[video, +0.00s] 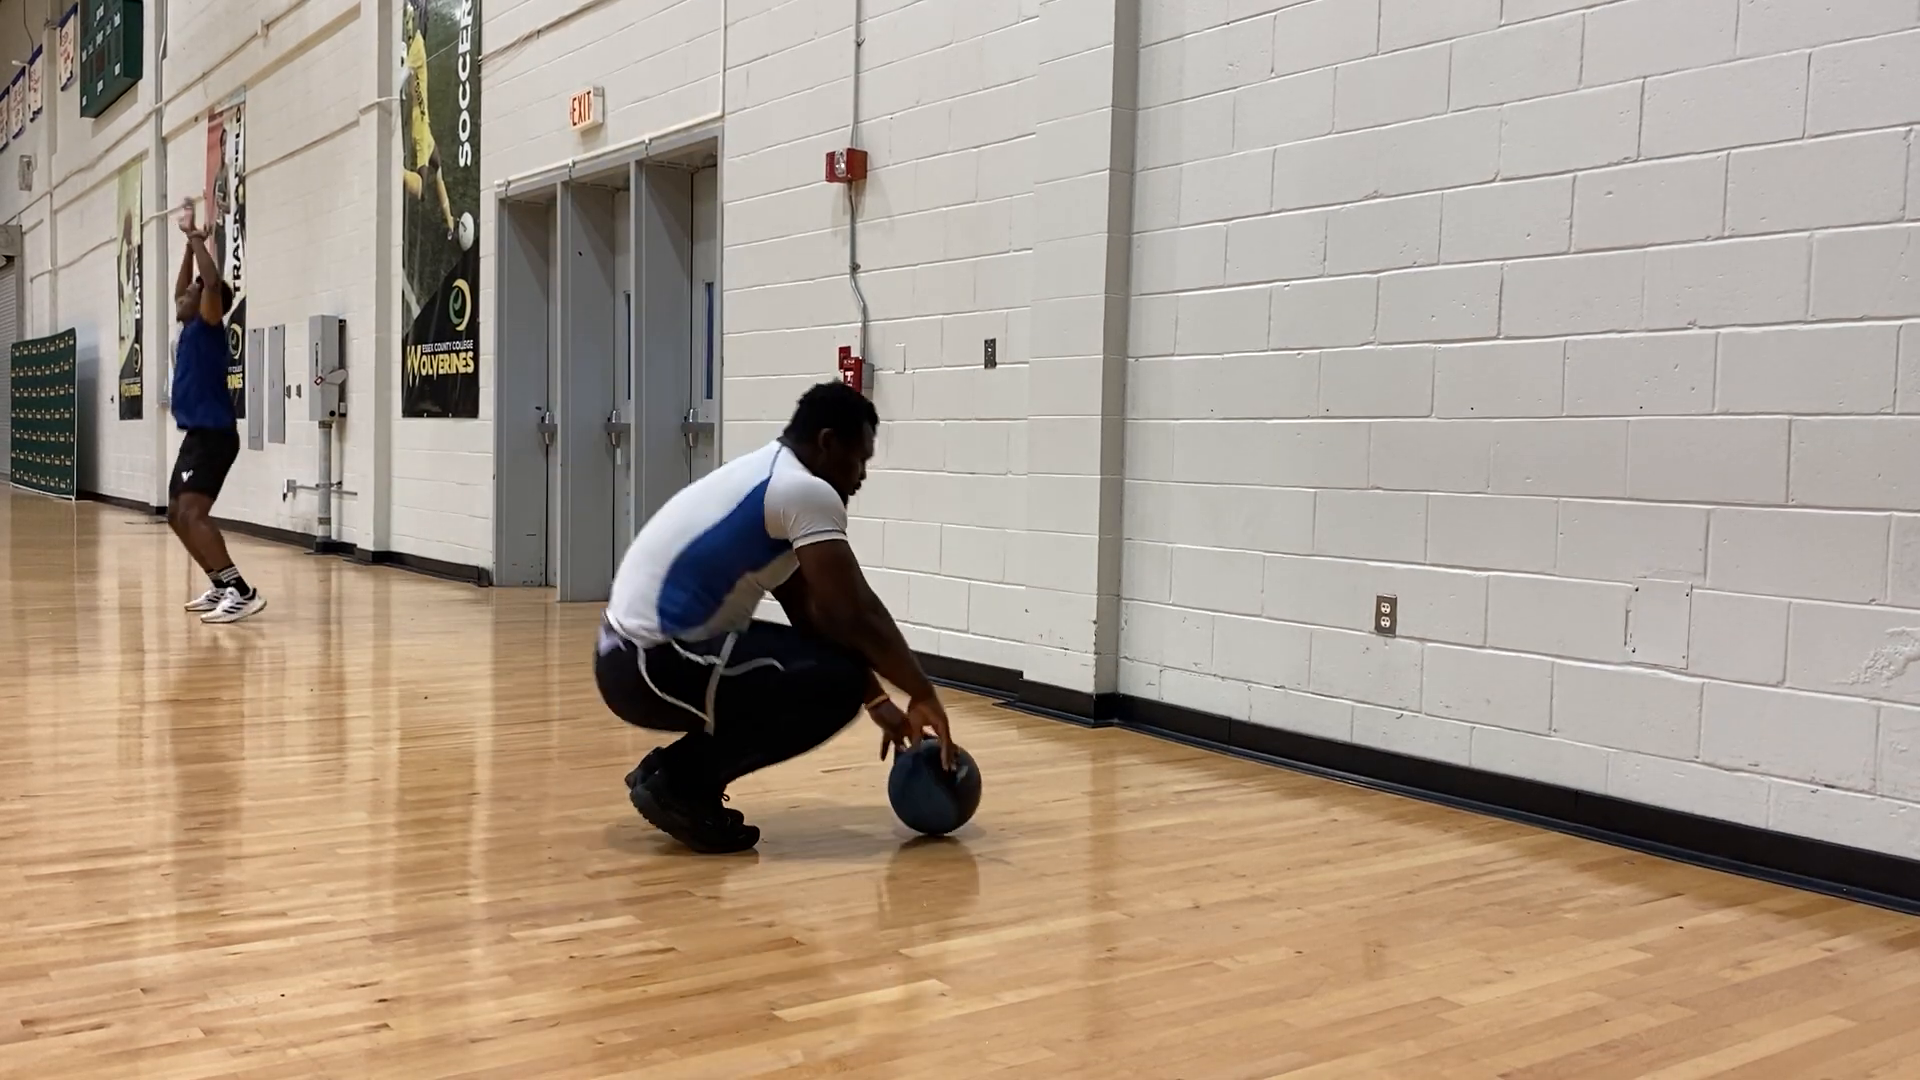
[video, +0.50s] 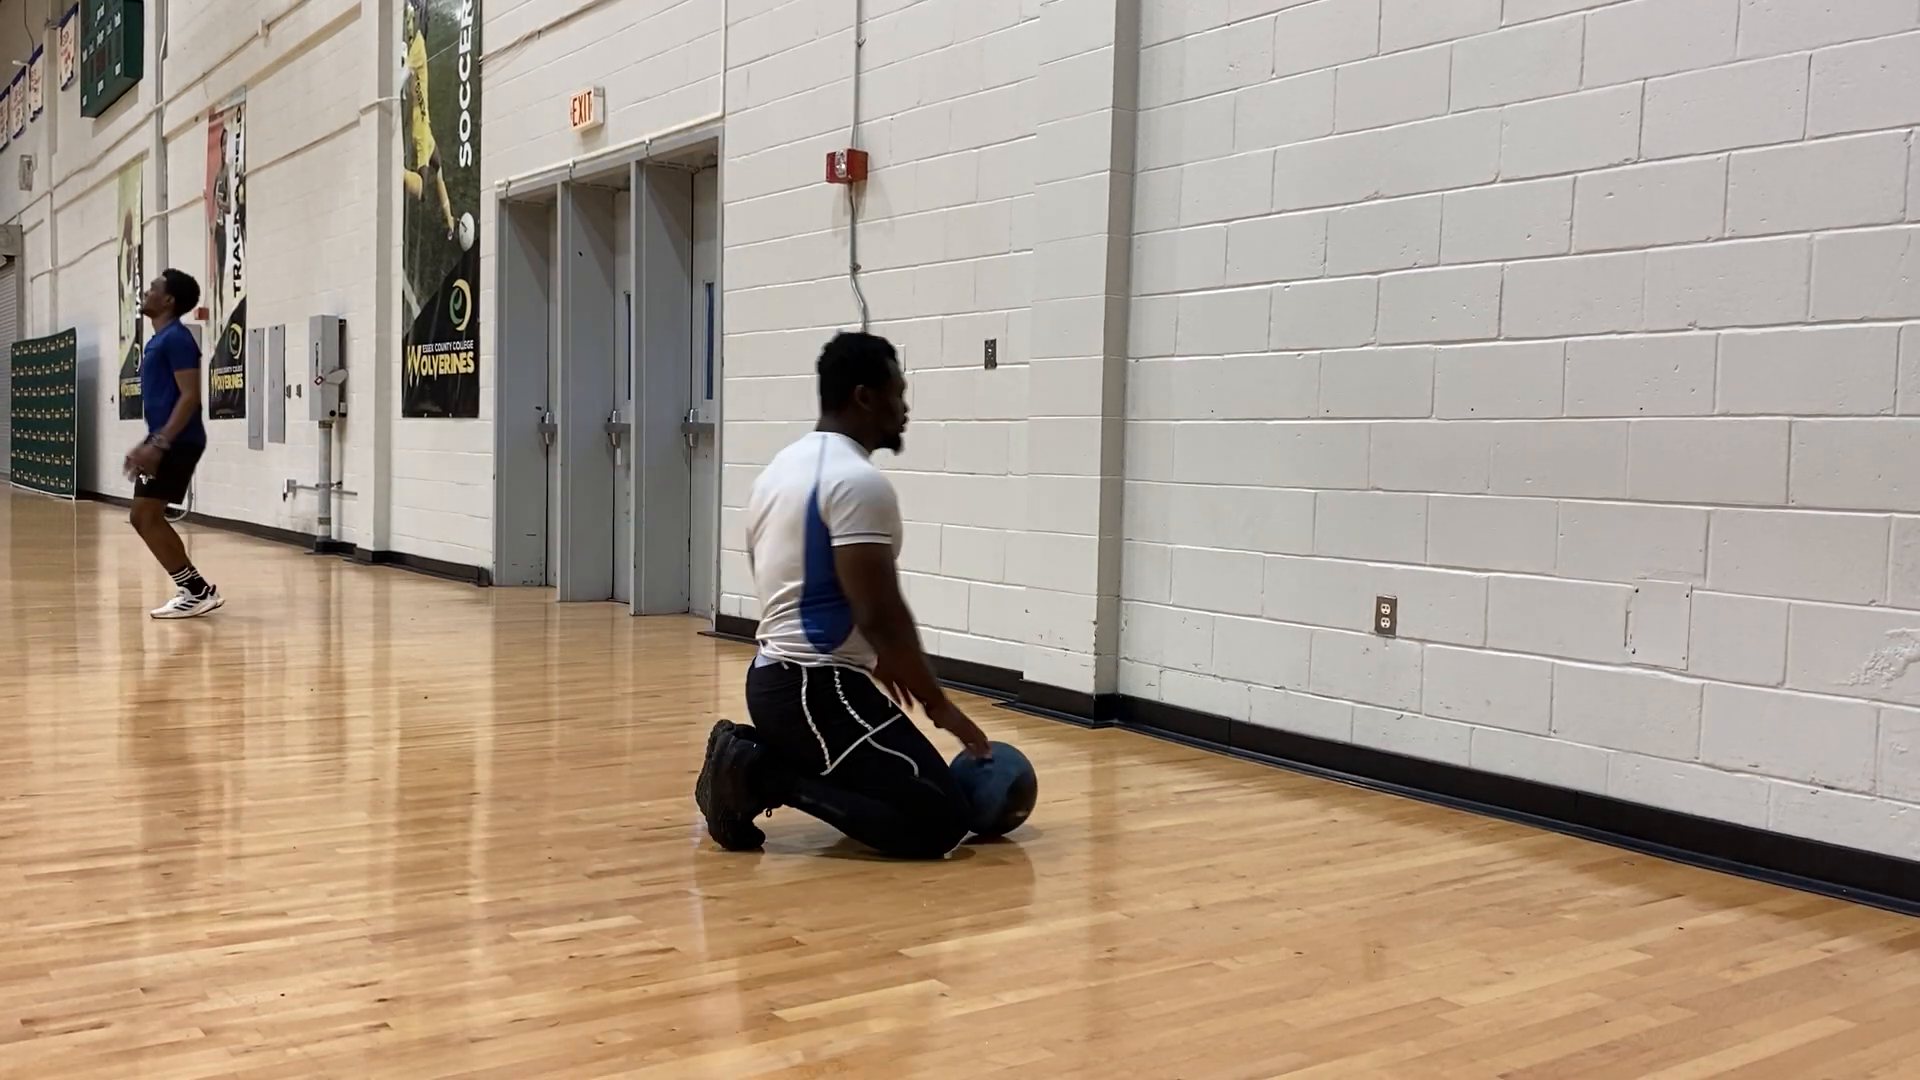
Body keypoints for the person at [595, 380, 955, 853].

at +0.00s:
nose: (863, 475)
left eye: (868, 460)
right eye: (862, 458)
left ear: (816, 440)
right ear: (827, 443)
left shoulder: (765, 474)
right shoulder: (805, 491)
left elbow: (812, 618)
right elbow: (853, 612)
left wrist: (876, 701)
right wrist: (924, 694)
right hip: (656, 664)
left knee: (826, 663)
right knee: (838, 685)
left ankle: (680, 774)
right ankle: (683, 785)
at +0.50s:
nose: (907, 409)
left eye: (904, 394)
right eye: (899, 393)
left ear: (854, 397)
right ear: (864, 398)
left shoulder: (783, 467)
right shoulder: (855, 480)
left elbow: (801, 592)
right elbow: (881, 618)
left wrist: (876, 654)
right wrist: (943, 709)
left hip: (780, 684)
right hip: (819, 690)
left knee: (922, 791)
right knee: (938, 826)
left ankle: (750, 755)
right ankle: (761, 776)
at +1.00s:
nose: (1009, 444)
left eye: (1011, 430)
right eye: (1007, 428)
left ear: (960, 413)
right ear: (979, 415)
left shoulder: (913, 453)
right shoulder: (945, 455)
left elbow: (909, 607)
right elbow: (944, 580)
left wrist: (970, 684)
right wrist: (985, 689)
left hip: (838, 643)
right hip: (856, 647)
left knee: (936, 793)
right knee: (940, 817)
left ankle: (767, 745)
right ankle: (768, 760)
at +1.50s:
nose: (1037, 458)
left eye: (1041, 444)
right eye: (1037, 441)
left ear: (996, 424)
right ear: (1005, 425)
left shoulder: (961, 473)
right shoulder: (949, 460)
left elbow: (956, 593)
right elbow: (931, 589)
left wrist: (990, 691)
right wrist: (983, 697)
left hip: (860, 648)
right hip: (838, 644)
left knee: (930, 786)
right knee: (884, 822)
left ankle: (767, 754)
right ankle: (712, 776)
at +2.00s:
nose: (1009, 448)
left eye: (1005, 435)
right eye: (999, 436)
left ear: (957, 447)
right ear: (962, 447)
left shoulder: (943, 505)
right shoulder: (914, 503)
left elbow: (934, 605)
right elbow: (876, 632)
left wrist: (979, 691)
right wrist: (950, 723)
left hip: (832, 661)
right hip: (793, 659)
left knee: (919, 783)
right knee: (879, 823)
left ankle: (754, 765)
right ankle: (706, 782)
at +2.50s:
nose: (961, 367)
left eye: (954, 355)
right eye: (950, 356)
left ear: (916, 377)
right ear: (920, 375)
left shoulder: (920, 450)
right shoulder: (878, 429)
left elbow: (899, 562)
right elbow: (821, 530)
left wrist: (961, 587)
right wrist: (934, 545)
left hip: (871, 649)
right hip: (833, 641)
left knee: (925, 787)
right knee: (858, 822)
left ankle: (770, 760)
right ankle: (681, 766)